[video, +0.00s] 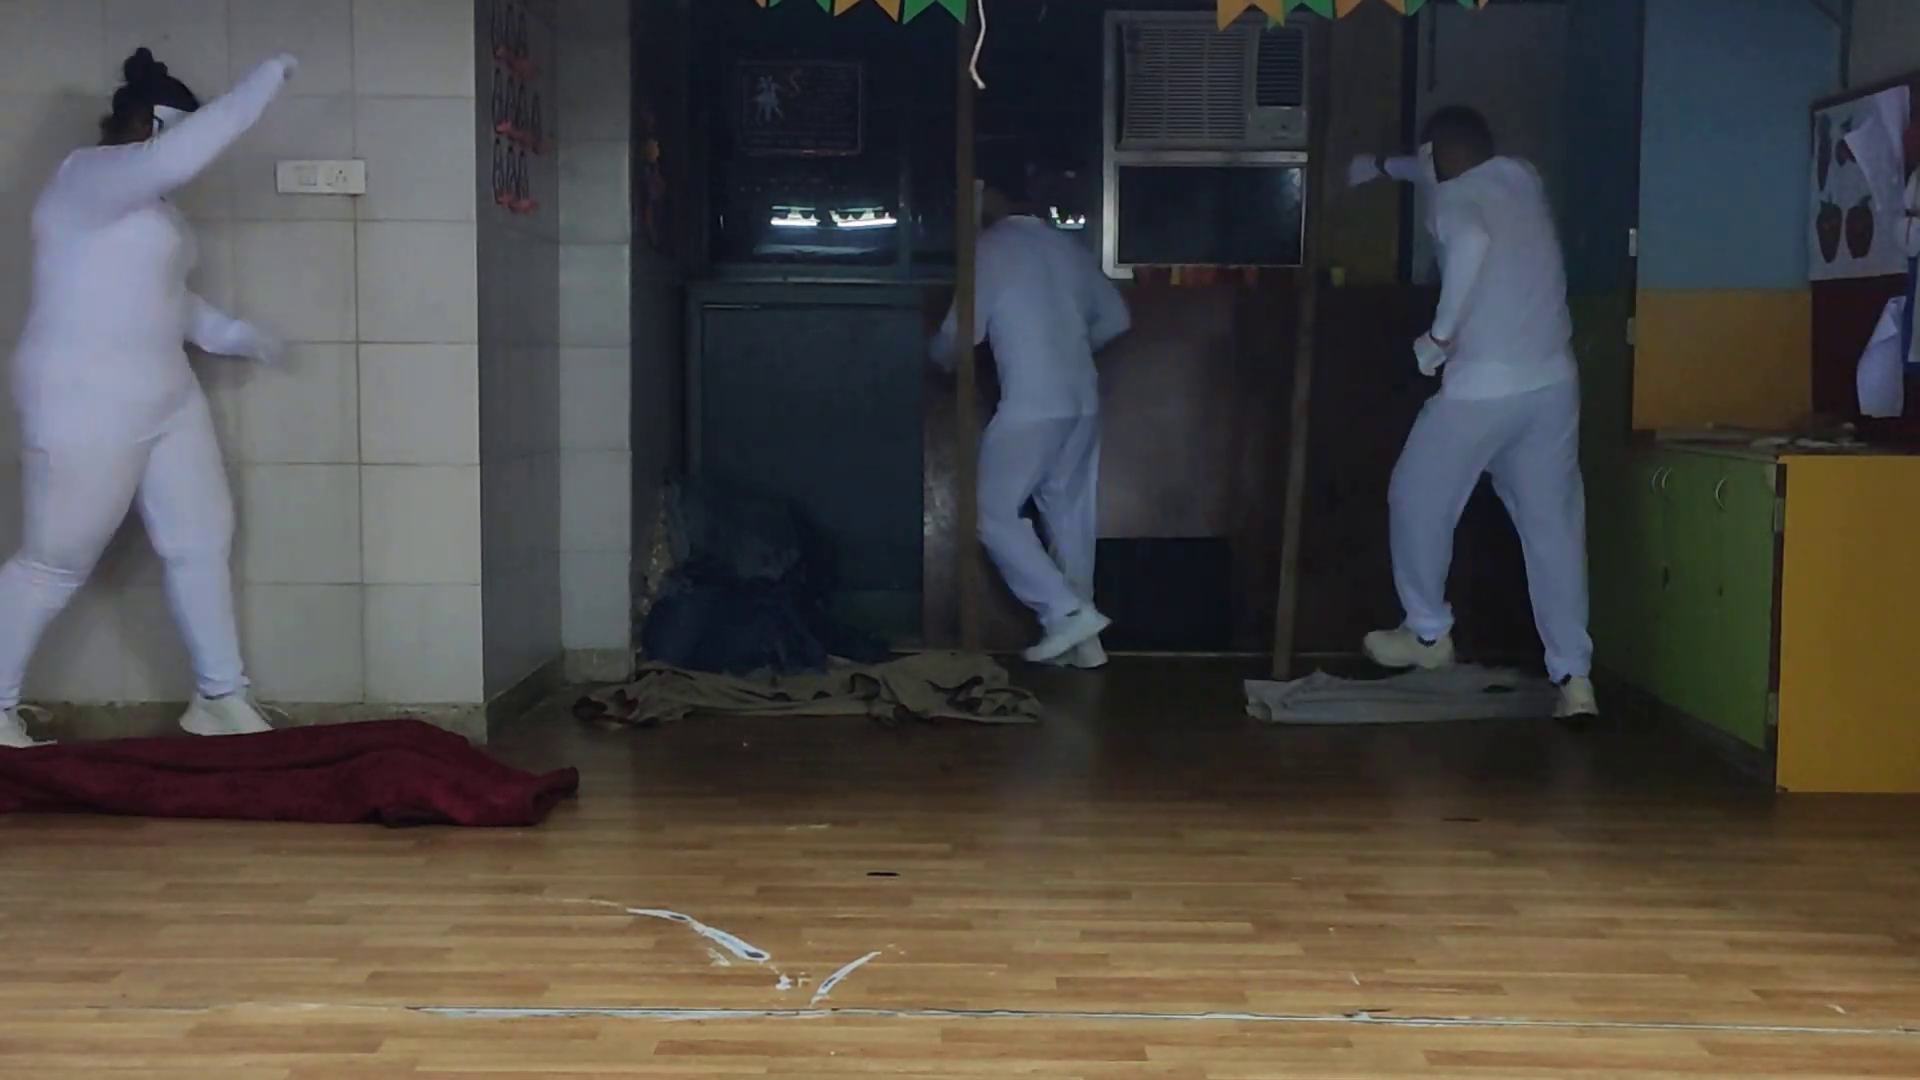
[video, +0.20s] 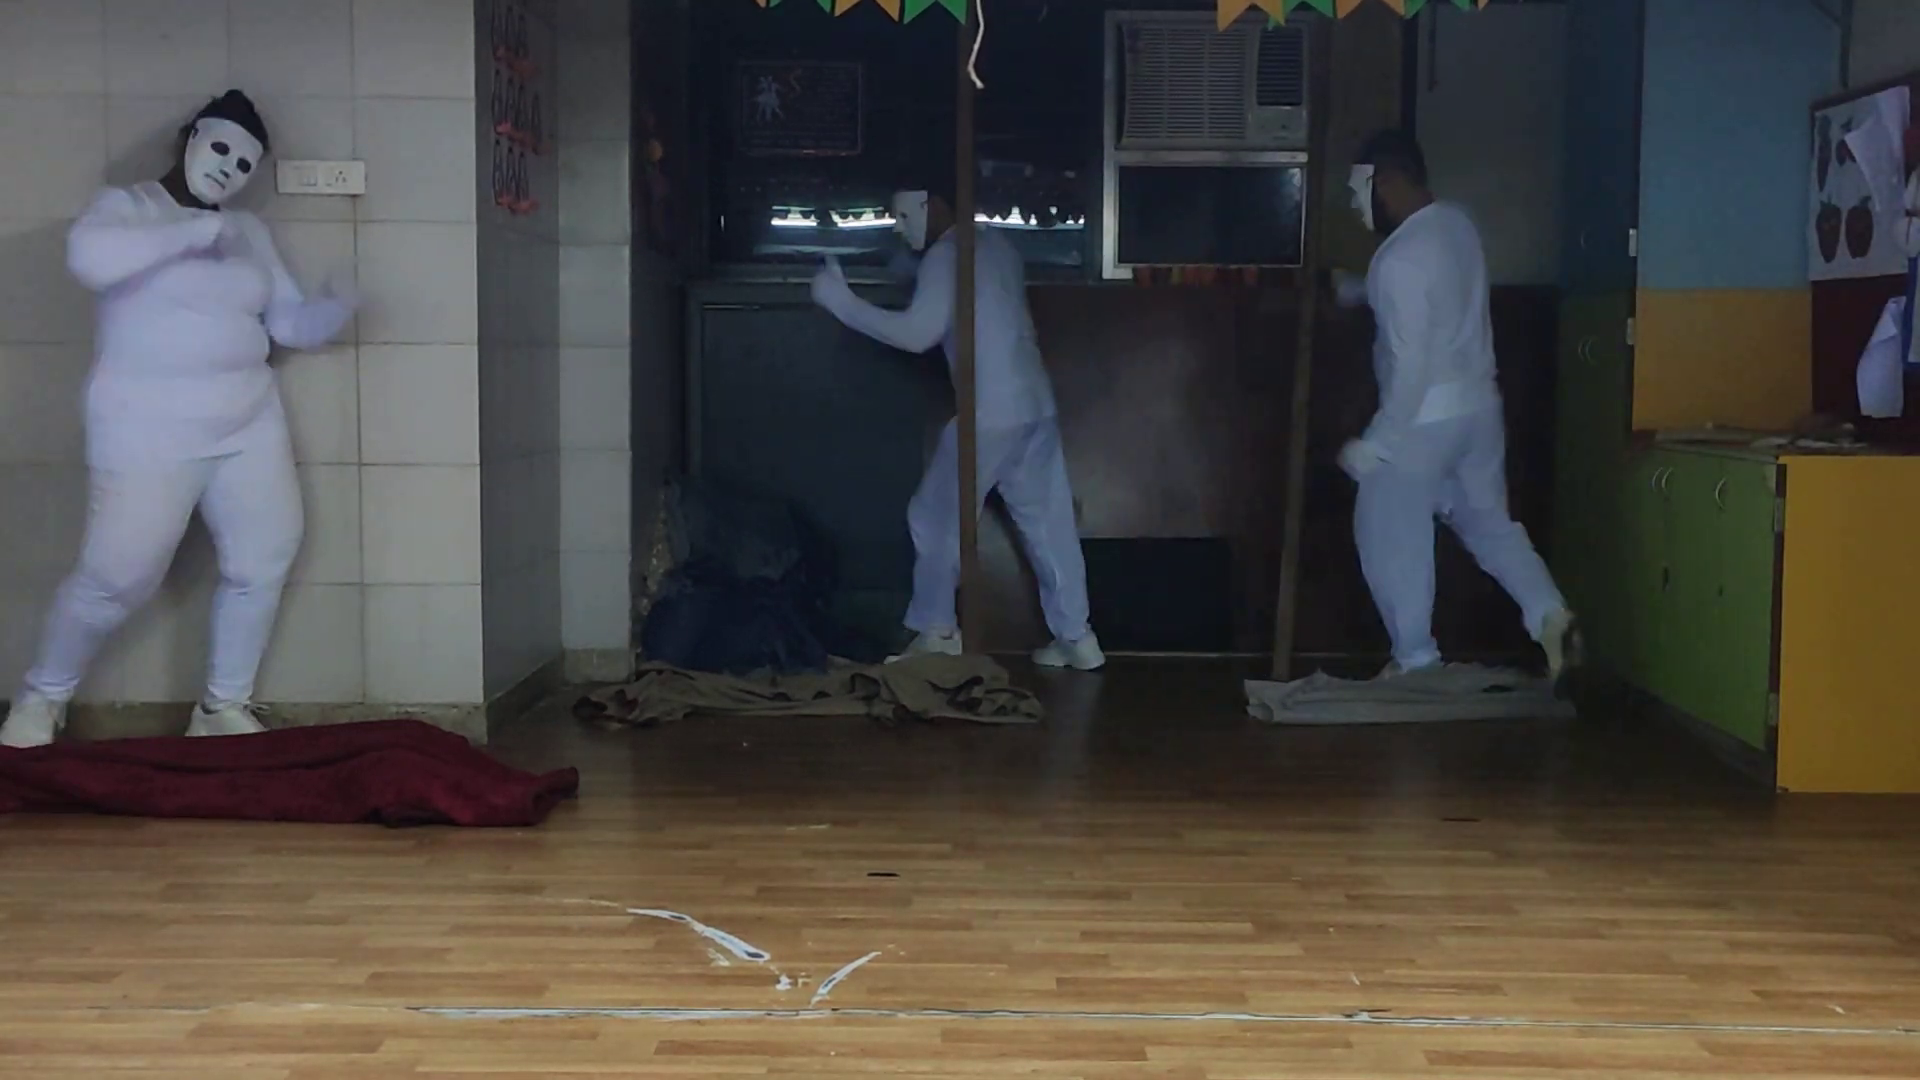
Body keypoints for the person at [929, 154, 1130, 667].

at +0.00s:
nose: (970, 209)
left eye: (973, 199)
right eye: (972, 200)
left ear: (989, 200)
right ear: (1025, 201)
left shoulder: (990, 248)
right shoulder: (1069, 247)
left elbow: (961, 331)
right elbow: (1115, 317)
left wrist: (937, 351)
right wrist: (1068, 346)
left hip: (1031, 402)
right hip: (1083, 402)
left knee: (996, 515)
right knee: (1069, 514)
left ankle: (1065, 615)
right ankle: (1080, 637)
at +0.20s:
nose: (901, 226)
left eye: (905, 214)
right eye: (898, 215)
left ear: (933, 208)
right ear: (945, 206)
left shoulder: (945, 257)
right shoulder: (998, 245)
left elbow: (918, 332)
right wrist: (923, 270)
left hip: (989, 412)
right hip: (1035, 407)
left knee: (933, 516)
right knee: (1048, 522)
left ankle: (937, 633)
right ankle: (1077, 638)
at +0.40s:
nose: (853, 212)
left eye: (862, 200)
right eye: (853, 201)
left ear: (893, 196)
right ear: (889, 197)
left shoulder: (912, 228)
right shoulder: (902, 239)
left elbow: (843, 239)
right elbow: (864, 261)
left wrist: (772, 265)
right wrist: (854, 269)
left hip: (953, 401)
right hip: (921, 398)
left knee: (923, 516)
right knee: (878, 477)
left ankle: (938, 635)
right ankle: (972, 551)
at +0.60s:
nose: (837, 168)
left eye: (851, 157)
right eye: (830, 158)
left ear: (874, 166)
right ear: (821, 168)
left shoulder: (899, 231)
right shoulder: (852, 236)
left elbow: (897, 329)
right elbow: (860, 327)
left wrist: (841, 392)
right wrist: (825, 379)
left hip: (914, 386)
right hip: (860, 384)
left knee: (918, 504)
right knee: (810, 485)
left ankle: (919, 625)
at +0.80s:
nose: (823, 197)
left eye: (835, 188)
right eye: (813, 188)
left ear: (856, 197)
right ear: (800, 198)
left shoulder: (882, 254)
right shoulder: (782, 255)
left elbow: (922, 302)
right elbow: (708, 261)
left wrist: (925, 232)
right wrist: (699, 195)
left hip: (881, 426)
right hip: (809, 421)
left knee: (882, 542)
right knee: (776, 533)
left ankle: (893, 617)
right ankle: (780, 651)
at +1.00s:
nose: (809, 182)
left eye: (822, 171)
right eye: (798, 173)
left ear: (843, 177)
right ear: (786, 181)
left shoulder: (883, 235)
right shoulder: (776, 228)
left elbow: (949, 296)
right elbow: (699, 235)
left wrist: (971, 371)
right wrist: (733, 244)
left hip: (875, 399)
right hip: (794, 396)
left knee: (895, 502)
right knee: (762, 503)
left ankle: (889, 632)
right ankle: (756, 631)